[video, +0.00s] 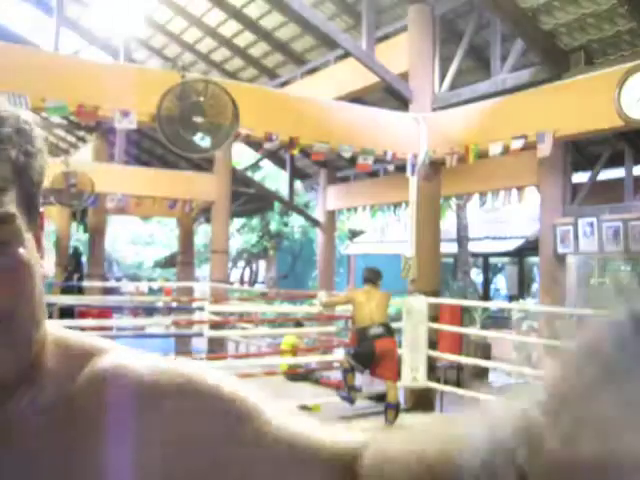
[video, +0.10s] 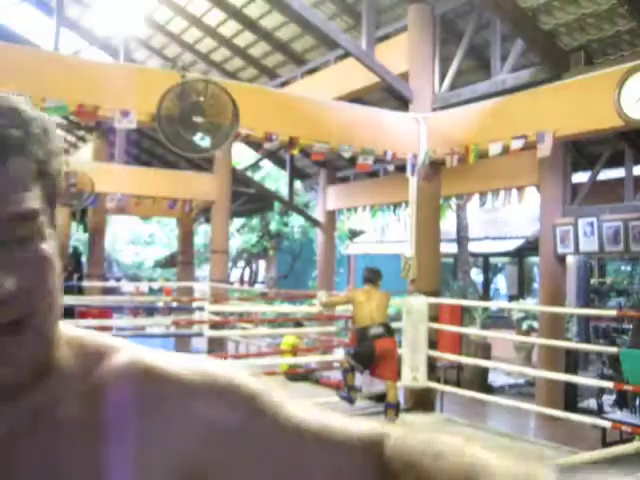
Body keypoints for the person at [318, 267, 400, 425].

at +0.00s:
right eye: (378, 281)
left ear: (364, 280)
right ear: (379, 282)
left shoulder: (355, 295)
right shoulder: (385, 296)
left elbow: (332, 302)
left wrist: (323, 299)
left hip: (366, 339)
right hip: (387, 339)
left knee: (348, 362)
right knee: (391, 382)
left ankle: (350, 392)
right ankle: (390, 420)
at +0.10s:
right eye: (378, 281)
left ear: (364, 280)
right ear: (379, 282)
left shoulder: (356, 294)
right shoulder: (385, 296)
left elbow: (335, 301)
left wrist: (324, 301)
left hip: (367, 339)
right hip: (387, 338)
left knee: (348, 363)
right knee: (391, 381)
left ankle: (350, 392)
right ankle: (391, 417)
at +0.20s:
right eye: (378, 281)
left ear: (364, 280)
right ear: (379, 282)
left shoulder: (355, 294)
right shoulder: (385, 296)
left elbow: (331, 302)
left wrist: (323, 300)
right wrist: (351, 294)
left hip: (366, 339)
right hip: (387, 338)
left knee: (348, 362)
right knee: (391, 383)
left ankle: (350, 392)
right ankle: (389, 424)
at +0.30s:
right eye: (377, 281)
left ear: (364, 280)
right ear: (379, 281)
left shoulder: (355, 294)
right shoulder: (385, 295)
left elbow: (331, 301)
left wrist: (323, 299)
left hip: (365, 337)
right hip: (387, 337)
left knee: (348, 361)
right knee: (391, 382)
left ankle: (350, 390)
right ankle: (389, 423)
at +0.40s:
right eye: (377, 280)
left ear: (363, 279)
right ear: (378, 280)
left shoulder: (355, 293)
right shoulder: (385, 295)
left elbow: (330, 301)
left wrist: (323, 298)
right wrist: (350, 293)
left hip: (367, 338)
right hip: (387, 337)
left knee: (347, 361)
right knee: (391, 381)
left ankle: (350, 393)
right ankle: (391, 422)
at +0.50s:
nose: (377, 283)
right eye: (378, 280)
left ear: (363, 280)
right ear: (378, 281)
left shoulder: (354, 294)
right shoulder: (385, 296)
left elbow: (329, 302)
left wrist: (323, 299)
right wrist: (351, 294)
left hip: (366, 340)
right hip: (387, 339)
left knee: (347, 361)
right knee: (391, 382)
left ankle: (350, 392)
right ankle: (391, 422)